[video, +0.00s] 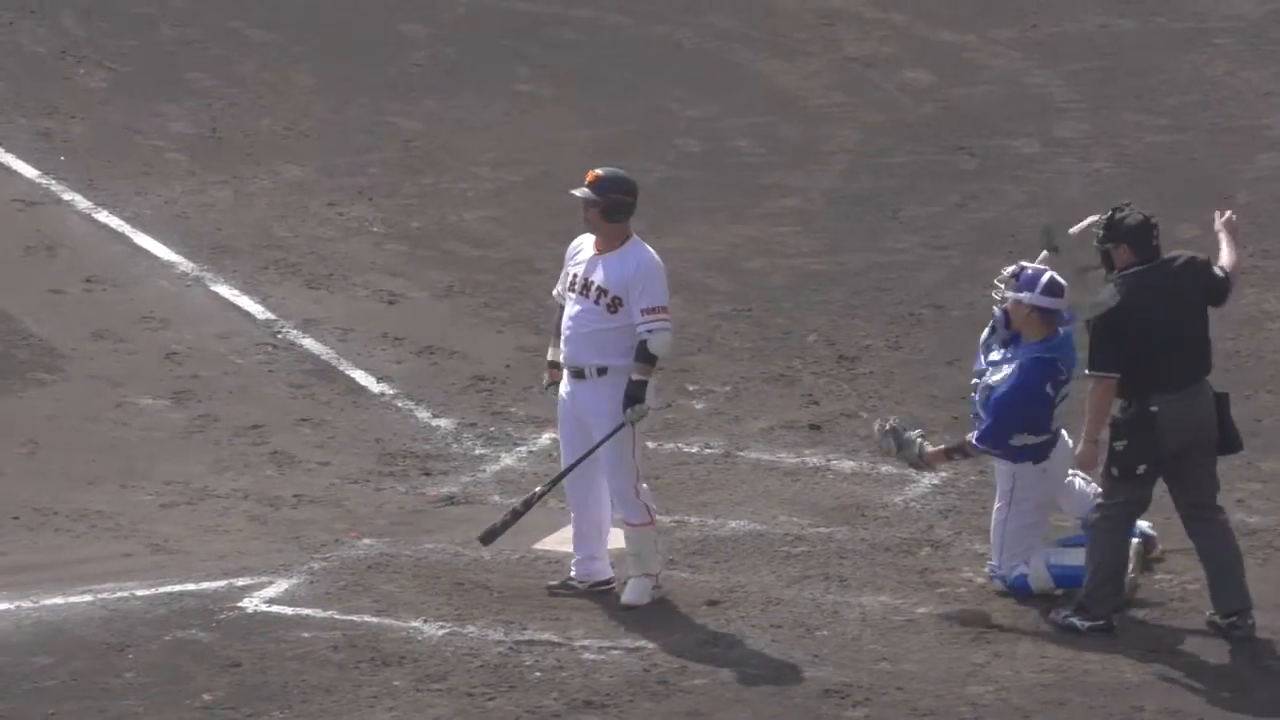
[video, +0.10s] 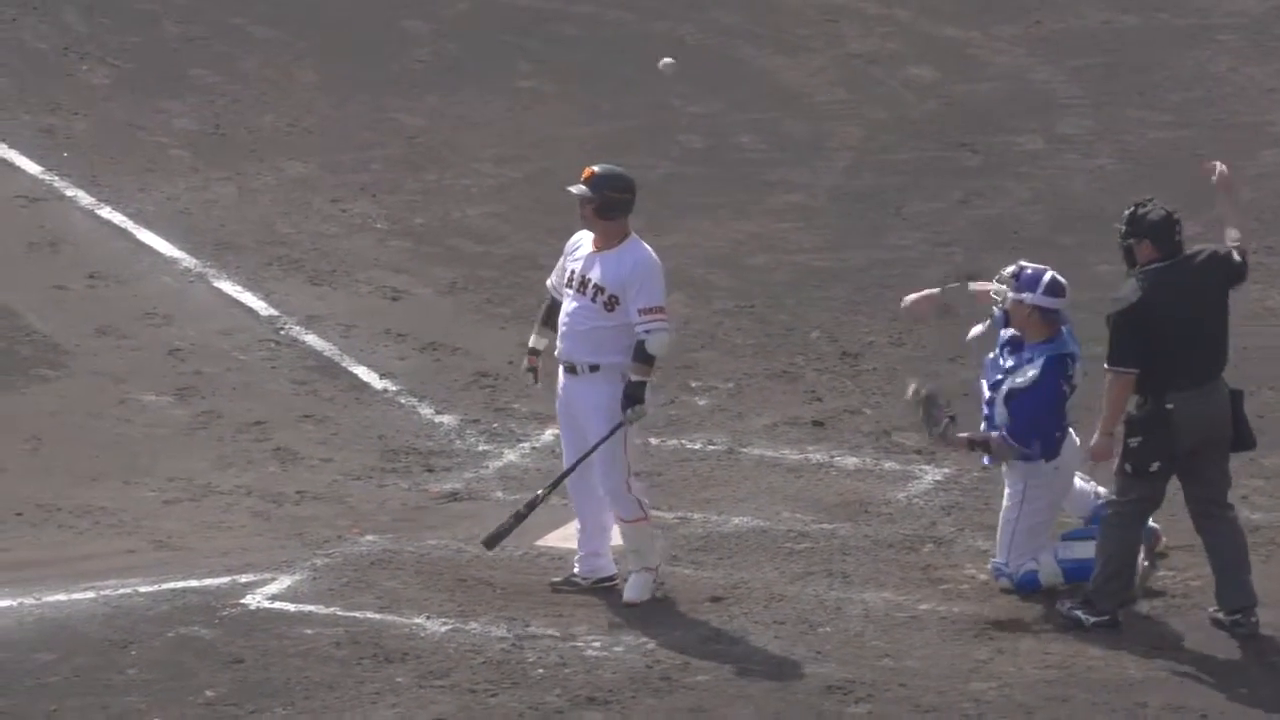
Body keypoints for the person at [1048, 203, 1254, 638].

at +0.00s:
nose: (1107, 255)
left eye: (1109, 248)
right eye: (1108, 247)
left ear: (1122, 252)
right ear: (1150, 244)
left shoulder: (1113, 306)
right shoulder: (1188, 270)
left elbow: (1103, 383)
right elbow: (1226, 278)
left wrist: (1089, 440)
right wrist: (1227, 234)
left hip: (1144, 417)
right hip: (1197, 406)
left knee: (1114, 513)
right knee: (1203, 509)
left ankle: (1095, 611)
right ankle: (1236, 612)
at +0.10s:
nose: (1128, 250)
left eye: (1130, 243)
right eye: (1129, 243)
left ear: (1143, 247)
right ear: (1175, 240)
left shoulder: (1133, 302)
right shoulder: (1211, 267)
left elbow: (1122, 378)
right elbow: (1237, 251)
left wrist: (1105, 434)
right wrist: (1227, 197)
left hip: (1158, 412)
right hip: (1212, 402)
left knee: (1128, 510)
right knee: (1215, 510)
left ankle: (1102, 605)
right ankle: (1240, 609)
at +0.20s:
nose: (1148, 242)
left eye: (1151, 236)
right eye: (1151, 235)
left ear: (1163, 241)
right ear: (1194, 236)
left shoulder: (1152, 295)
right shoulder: (1228, 263)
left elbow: (1142, 372)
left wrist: (1122, 426)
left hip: (1176, 410)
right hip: (1227, 399)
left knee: (1142, 505)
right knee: (1222, 505)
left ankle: (1109, 597)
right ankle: (1243, 606)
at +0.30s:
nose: (1165, 238)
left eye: (1170, 232)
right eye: (1167, 231)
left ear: (1185, 238)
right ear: (1209, 236)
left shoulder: (1172, 292)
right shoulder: (1241, 261)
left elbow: (1162, 369)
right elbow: (1244, 245)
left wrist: (1142, 422)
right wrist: (1236, 228)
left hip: (1190, 407)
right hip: (1239, 395)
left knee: (1152, 500)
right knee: (1230, 497)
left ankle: (1115, 593)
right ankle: (1244, 601)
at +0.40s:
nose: (1179, 238)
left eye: (1182, 232)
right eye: (1180, 231)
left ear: (1199, 235)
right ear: (1224, 229)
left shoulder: (1188, 285)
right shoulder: (1254, 259)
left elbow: (1180, 364)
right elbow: (1236, 231)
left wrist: (1160, 422)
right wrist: (1224, 194)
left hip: (1204, 402)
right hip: (1252, 393)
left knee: (1161, 495)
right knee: (1234, 491)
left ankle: (1129, 591)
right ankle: (1246, 598)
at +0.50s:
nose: (1187, 234)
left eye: (1192, 227)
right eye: (1189, 226)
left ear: (1208, 233)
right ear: (1230, 229)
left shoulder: (1198, 286)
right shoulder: (1265, 253)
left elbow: (1194, 364)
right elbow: (1237, 221)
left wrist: (1173, 421)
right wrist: (1222, 177)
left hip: (1212, 400)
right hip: (1258, 389)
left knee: (1174, 494)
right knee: (1238, 489)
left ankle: (1150, 592)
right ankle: (1248, 593)